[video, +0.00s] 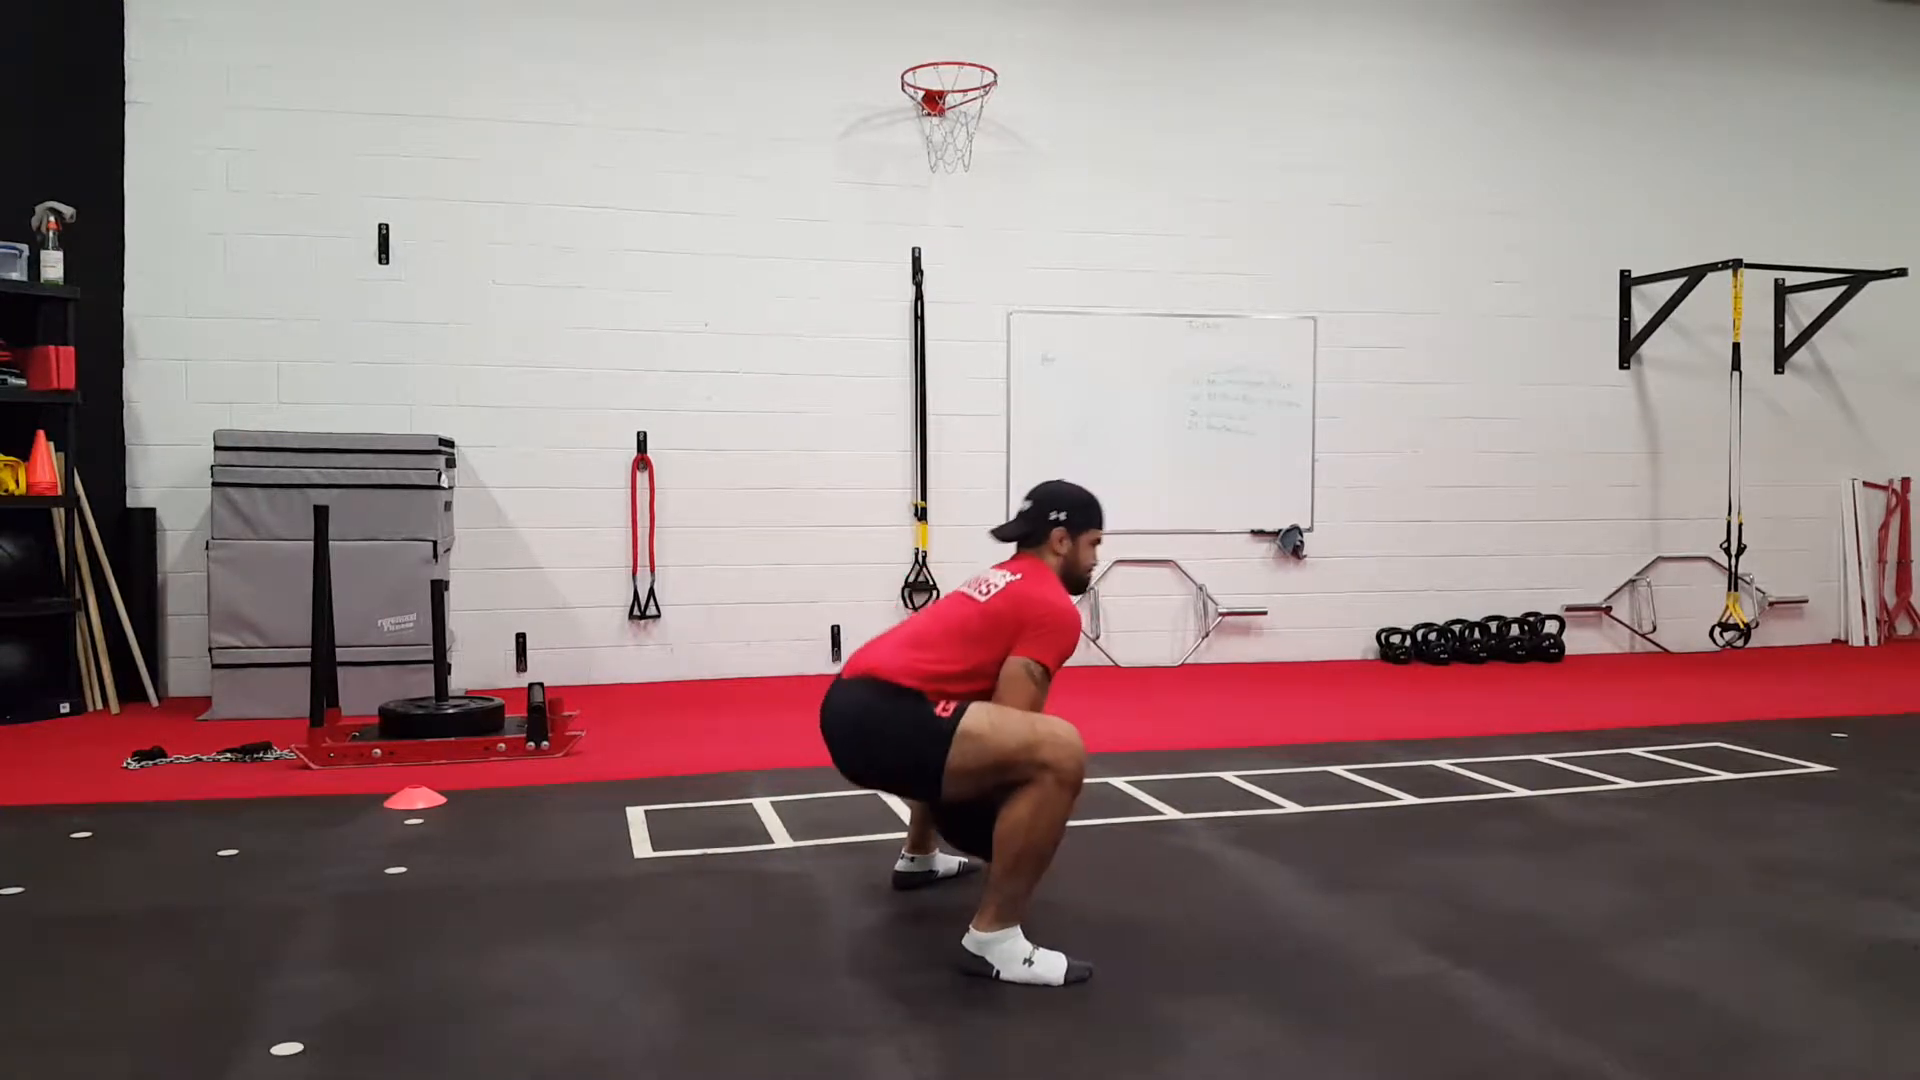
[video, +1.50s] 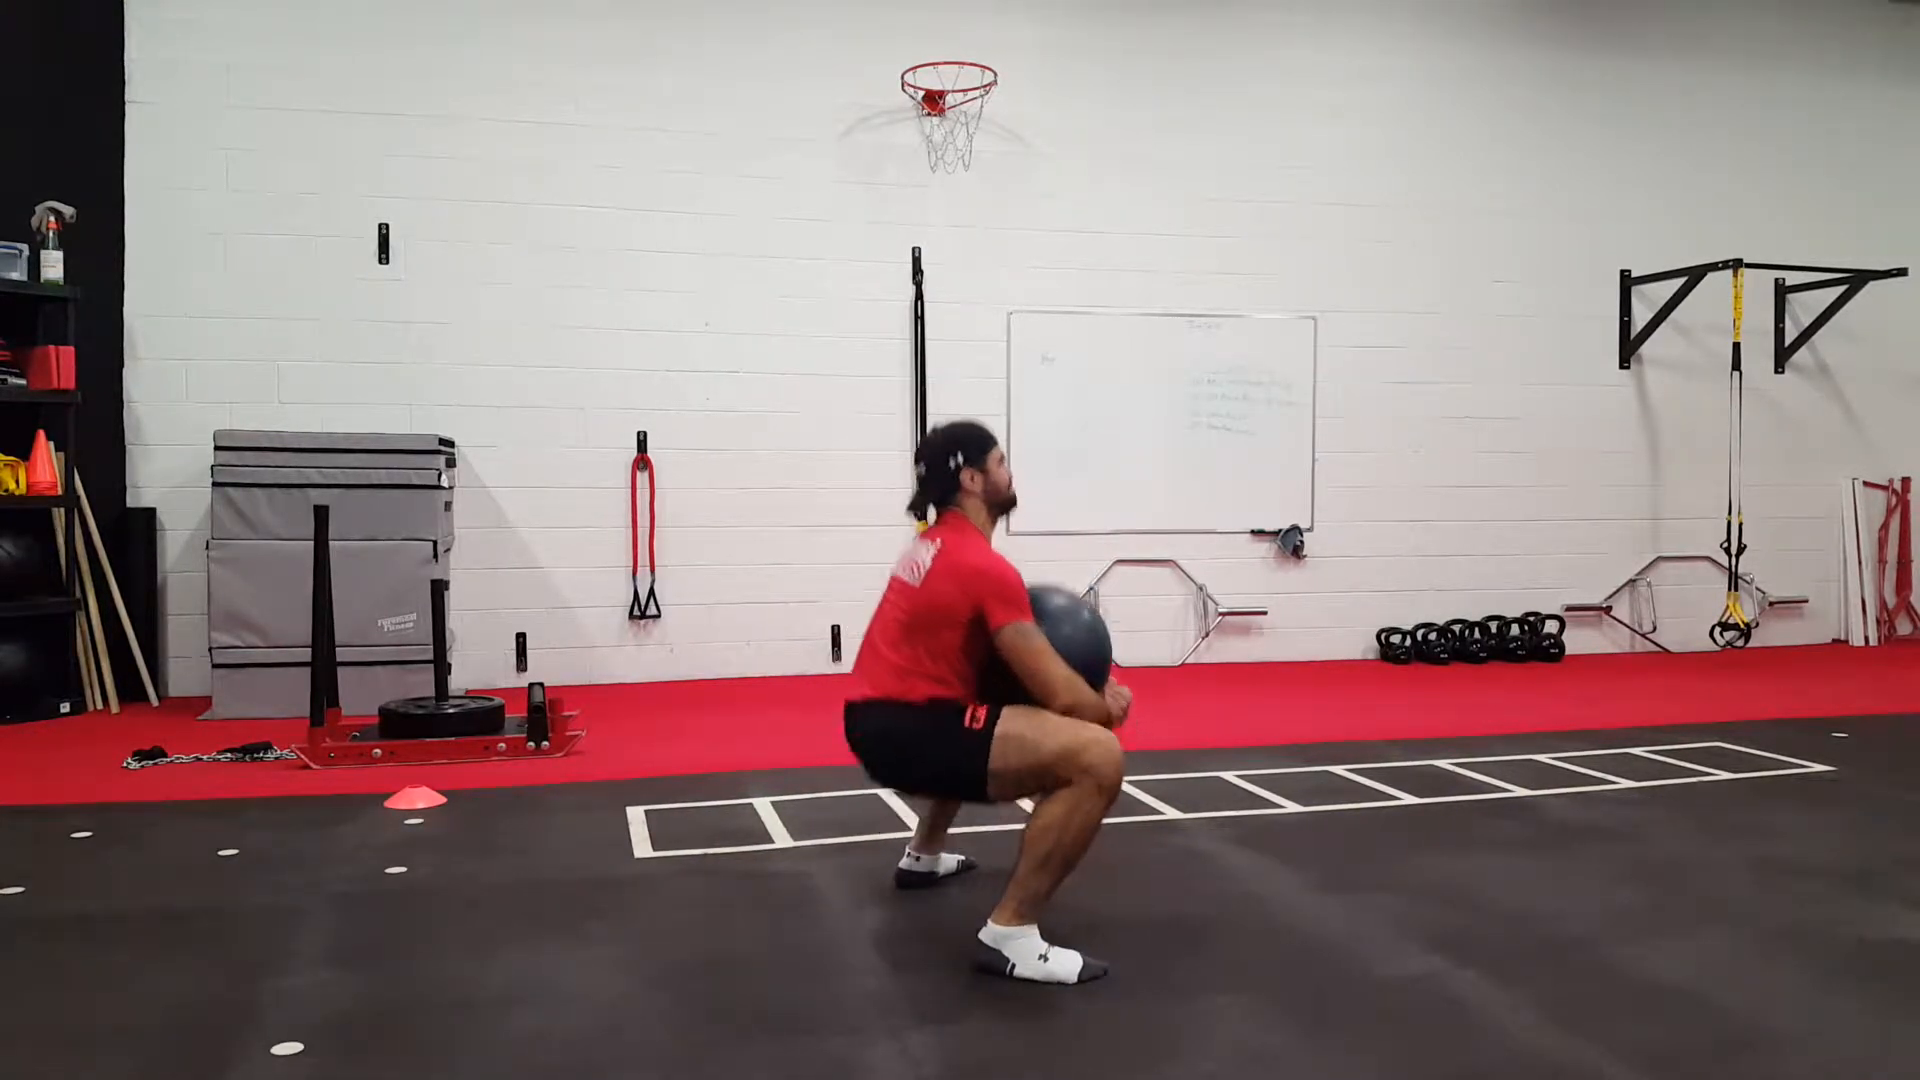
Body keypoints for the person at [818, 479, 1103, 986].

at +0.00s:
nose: (1097, 558)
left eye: (1098, 546)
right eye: (1093, 544)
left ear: (1051, 539)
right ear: (1060, 541)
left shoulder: (1001, 579)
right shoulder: (1051, 606)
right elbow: (1007, 735)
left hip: (851, 708)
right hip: (879, 720)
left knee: (953, 721)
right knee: (1060, 752)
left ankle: (919, 854)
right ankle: (994, 933)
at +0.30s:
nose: (1066, 511)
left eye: (1065, 498)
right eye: (1060, 498)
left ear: (1016, 502)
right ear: (1026, 500)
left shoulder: (979, 552)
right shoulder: (1032, 571)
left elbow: (973, 689)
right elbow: (1016, 710)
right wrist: (1018, 805)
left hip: (862, 702)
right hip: (894, 714)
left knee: (966, 716)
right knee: (1073, 757)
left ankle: (920, 852)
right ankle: (995, 932)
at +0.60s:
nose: (1040, 411)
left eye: (1038, 399)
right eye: (1032, 399)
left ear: (986, 406)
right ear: (997, 405)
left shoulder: (946, 460)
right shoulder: (1006, 469)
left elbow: (955, 590)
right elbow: (1009, 605)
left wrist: (1031, 634)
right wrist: (1066, 659)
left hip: (865, 638)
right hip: (907, 642)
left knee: (989, 698)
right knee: (1083, 746)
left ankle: (917, 847)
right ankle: (1000, 921)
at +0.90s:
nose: (1003, 502)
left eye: (998, 491)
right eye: (992, 493)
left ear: (953, 512)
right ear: (960, 509)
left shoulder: (923, 568)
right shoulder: (973, 591)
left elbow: (989, 691)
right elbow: (1073, 705)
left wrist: (1100, 674)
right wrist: (1120, 679)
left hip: (867, 749)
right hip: (902, 762)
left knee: (992, 715)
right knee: (1095, 762)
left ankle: (920, 852)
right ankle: (1010, 931)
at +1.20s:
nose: (1013, 529)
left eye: (1008, 518)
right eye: (1003, 520)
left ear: (967, 538)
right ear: (972, 536)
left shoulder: (932, 592)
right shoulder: (993, 627)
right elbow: (1071, 730)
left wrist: (1101, 720)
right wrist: (1120, 738)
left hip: (880, 781)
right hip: (919, 797)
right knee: (1097, 760)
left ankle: (923, 852)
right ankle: (1012, 929)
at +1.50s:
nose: (1010, 473)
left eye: (1005, 461)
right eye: (1000, 463)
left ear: (962, 483)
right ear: (969, 480)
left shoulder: (932, 544)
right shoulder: (985, 568)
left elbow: (975, 658)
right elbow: (1067, 697)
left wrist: (1078, 688)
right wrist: (1109, 708)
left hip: (876, 720)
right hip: (914, 730)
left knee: (995, 707)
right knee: (1096, 758)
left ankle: (925, 850)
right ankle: (1011, 929)